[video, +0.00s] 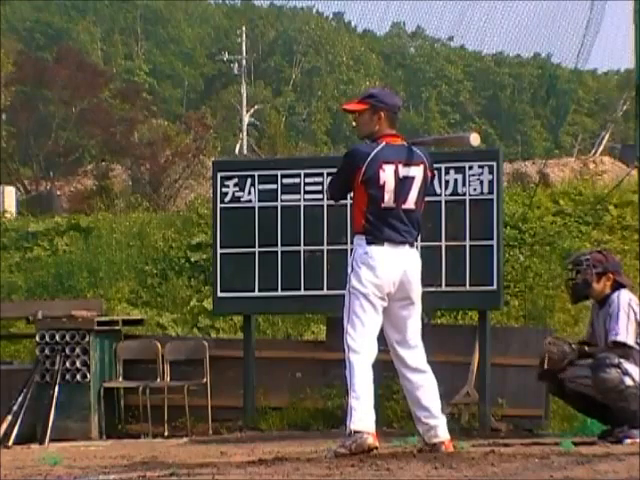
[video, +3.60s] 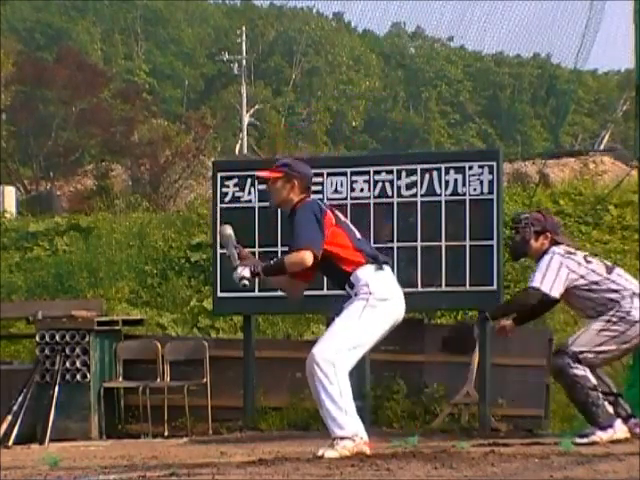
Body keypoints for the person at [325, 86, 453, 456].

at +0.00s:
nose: (356, 121)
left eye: (361, 115)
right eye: (357, 115)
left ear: (380, 117)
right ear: (388, 119)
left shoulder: (361, 153)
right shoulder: (420, 157)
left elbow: (335, 193)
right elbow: (423, 194)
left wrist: (368, 166)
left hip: (373, 258)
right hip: (410, 259)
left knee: (360, 346)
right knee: (410, 348)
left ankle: (362, 430)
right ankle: (437, 433)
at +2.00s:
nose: (357, 123)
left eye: (362, 118)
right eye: (358, 117)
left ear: (380, 120)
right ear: (391, 122)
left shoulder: (358, 157)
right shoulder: (421, 160)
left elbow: (341, 192)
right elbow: (417, 194)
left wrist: (377, 169)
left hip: (375, 260)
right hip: (414, 261)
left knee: (352, 348)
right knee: (417, 354)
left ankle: (344, 432)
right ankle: (442, 435)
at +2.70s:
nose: (349, 124)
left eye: (353, 119)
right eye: (350, 118)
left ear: (372, 121)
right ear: (379, 123)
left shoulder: (359, 156)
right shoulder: (409, 157)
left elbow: (328, 203)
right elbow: (379, 196)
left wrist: (342, 162)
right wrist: (355, 159)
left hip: (378, 260)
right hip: (412, 260)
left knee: (346, 352)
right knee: (411, 357)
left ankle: (348, 435)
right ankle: (442, 436)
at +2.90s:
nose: (331, 123)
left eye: (336, 117)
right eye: (332, 117)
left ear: (355, 120)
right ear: (357, 122)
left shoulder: (357, 154)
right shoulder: (381, 156)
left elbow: (343, 219)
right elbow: (349, 207)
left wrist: (324, 214)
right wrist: (319, 182)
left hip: (370, 257)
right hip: (397, 257)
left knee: (340, 352)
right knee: (380, 357)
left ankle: (346, 437)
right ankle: (429, 426)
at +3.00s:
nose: (320, 122)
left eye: (325, 116)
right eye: (320, 117)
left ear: (345, 120)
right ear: (346, 121)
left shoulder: (351, 153)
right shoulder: (362, 155)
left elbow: (360, 217)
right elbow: (328, 215)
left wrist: (328, 229)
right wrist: (289, 190)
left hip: (370, 257)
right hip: (390, 257)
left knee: (340, 350)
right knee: (358, 350)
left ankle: (346, 437)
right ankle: (400, 423)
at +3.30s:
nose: (289, 152)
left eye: (294, 146)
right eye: (289, 146)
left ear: (314, 149)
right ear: (309, 150)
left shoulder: (328, 179)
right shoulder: (321, 185)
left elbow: (353, 229)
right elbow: (309, 246)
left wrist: (312, 247)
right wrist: (266, 233)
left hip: (374, 275)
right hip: (365, 277)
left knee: (333, 353)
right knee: (324, 357)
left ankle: (352, 438)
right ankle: (349, 437)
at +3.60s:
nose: (268, 188)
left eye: (273, 182)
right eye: (269, 182)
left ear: (293, 185)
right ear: (295, 186)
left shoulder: (307, 210)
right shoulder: (313, 213)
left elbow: (305, 257)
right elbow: (295, 287)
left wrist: (260, 267)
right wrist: (258, 271)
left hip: (376, 292)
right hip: (376, 293)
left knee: (324, 358)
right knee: (321, 360)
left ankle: (350, 437)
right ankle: (351, 436)